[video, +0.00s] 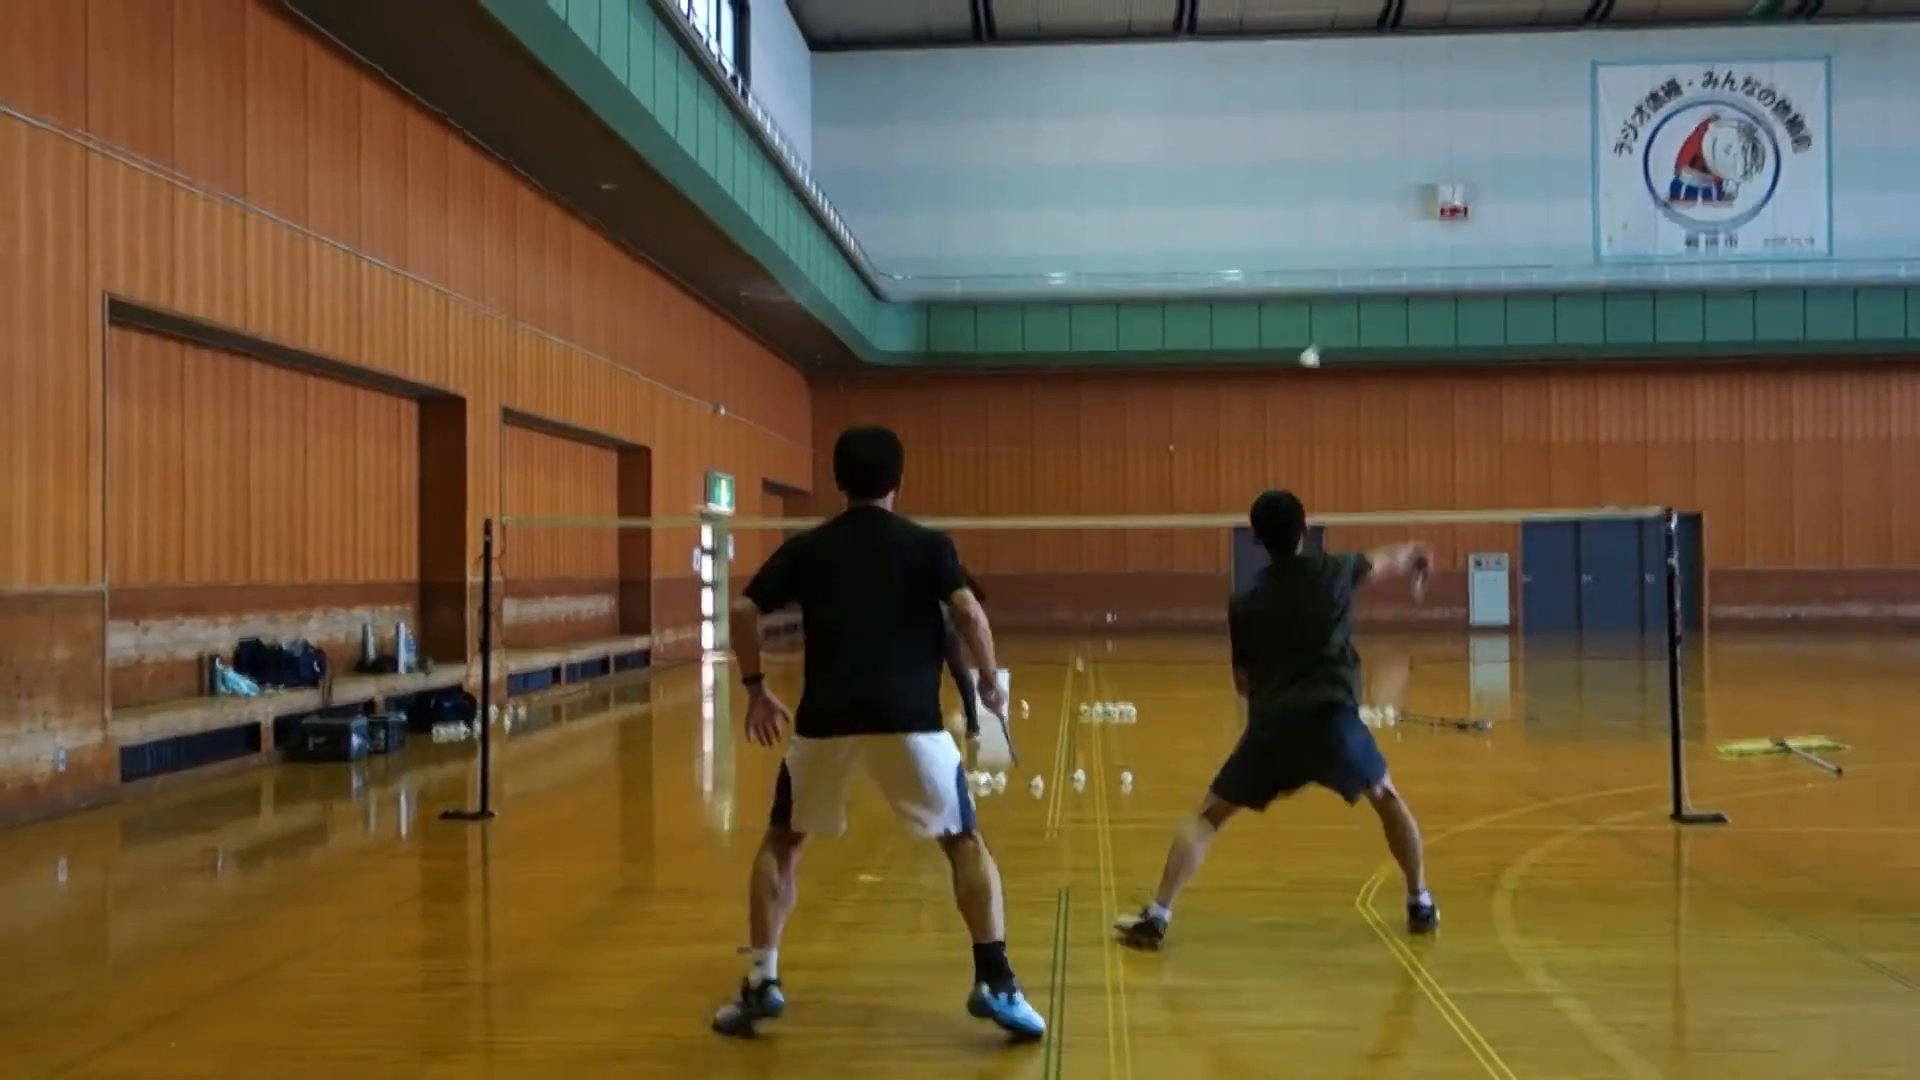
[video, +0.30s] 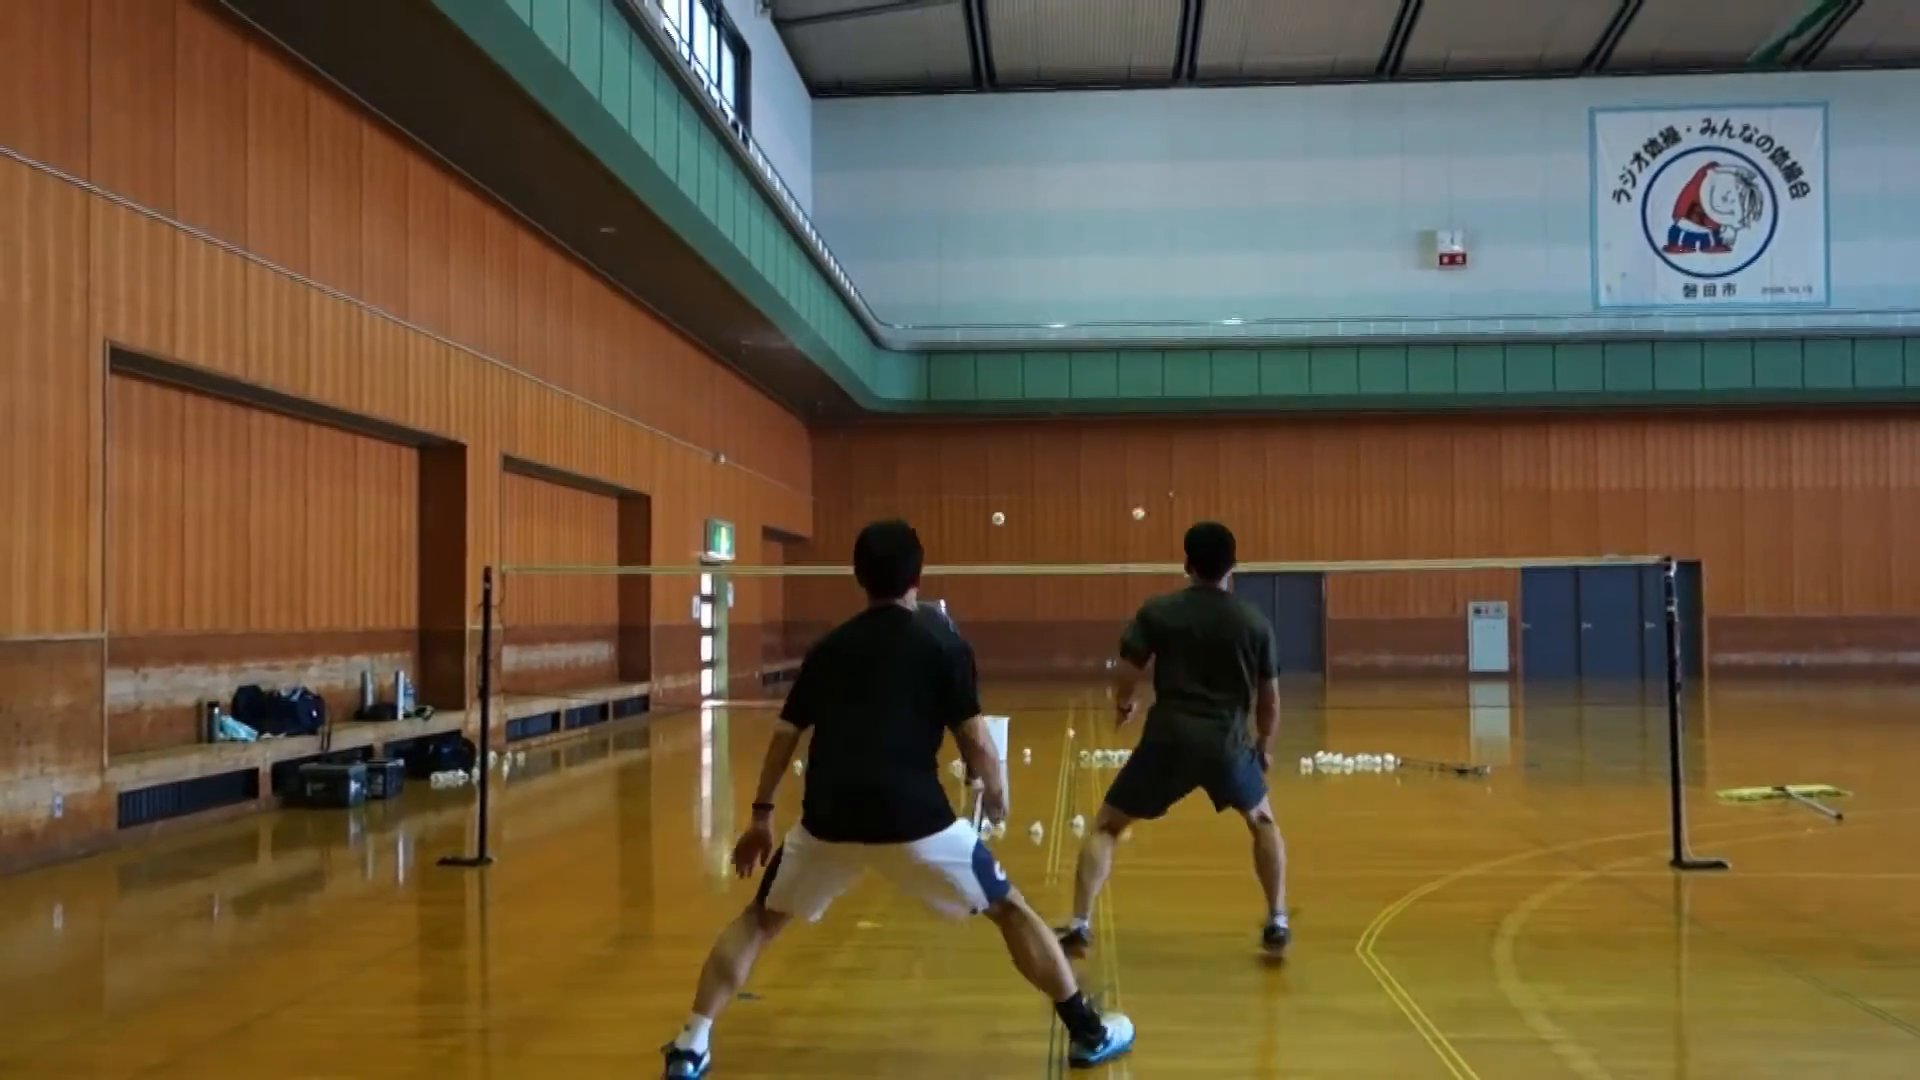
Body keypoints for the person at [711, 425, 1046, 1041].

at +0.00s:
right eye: (897, 476)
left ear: (839, 481)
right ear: (898, 481)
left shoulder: (809, 547)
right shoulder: (928, 546)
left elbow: (744, 610)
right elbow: (971, 615)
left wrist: (755, 688)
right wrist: (992, 678)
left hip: (825, 718)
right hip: (910, 720)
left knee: (782, 841)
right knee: (964, 842)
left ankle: (762, 982)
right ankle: (996, 982)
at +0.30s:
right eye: (917, 569)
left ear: (859, 578)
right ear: (918, 576)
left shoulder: (831, 647)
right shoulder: (941, 644)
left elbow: (786, 734)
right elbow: (973, 740)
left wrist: (761, 812)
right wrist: (993, 786)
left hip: (827, 816)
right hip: (914, 816)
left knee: (761, 918)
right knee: (1010, 909)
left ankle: (691, 1041)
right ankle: (1086, 1028)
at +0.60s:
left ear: (912, 529)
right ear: (971, 531)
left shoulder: (881, 597)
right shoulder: (1003, 599)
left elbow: (828, 670)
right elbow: (1044, 673)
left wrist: (840, 738)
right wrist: (1039, 720)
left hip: (894, 765)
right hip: (982, 766)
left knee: (836, 877)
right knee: (1048, 869)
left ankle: (800, 1011)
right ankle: (1103, 992)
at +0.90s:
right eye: (925, 540)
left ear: (868, 545)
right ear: (926, 547)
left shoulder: (838, 606)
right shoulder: (953, 607)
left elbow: (772, 655)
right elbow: (994, 672)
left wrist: (771, 740)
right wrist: (1000, 739)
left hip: (847, 772)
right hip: (931, 777)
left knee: (782, 853)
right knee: (1014, 875)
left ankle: (780, 981)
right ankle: (1088, 996)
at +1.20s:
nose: (742, 572)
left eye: (742, 565)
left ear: (742, 575)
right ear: (800, 575)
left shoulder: (716, 647)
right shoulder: (835, 640)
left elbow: (692, 742)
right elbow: (864, 731)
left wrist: (691, 800)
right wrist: (852, 794)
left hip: (742, 812)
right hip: (831, 812)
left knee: (670, 897)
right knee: (914, 905)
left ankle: (629, 1024)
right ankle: (1006, 1017)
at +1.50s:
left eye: (750, 565)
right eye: (797, 566)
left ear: (744, 576)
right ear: (803, 574)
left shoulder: (717, 653)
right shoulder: (837, 640)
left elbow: (689, 746)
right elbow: (882, 728)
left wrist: (680, 820)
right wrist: (891, 780)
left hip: (746, 817)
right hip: (836, 812)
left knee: (682, 906)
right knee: (923, 873)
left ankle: (636, 1032)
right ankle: (987, 984)